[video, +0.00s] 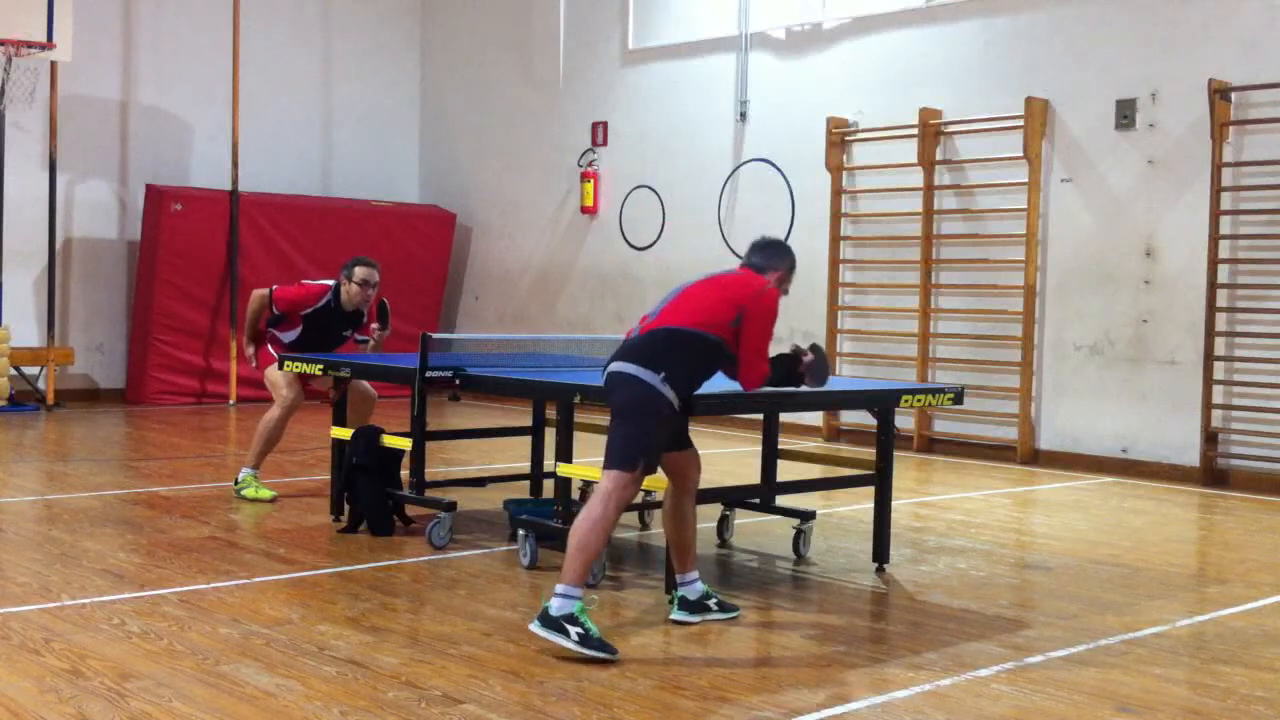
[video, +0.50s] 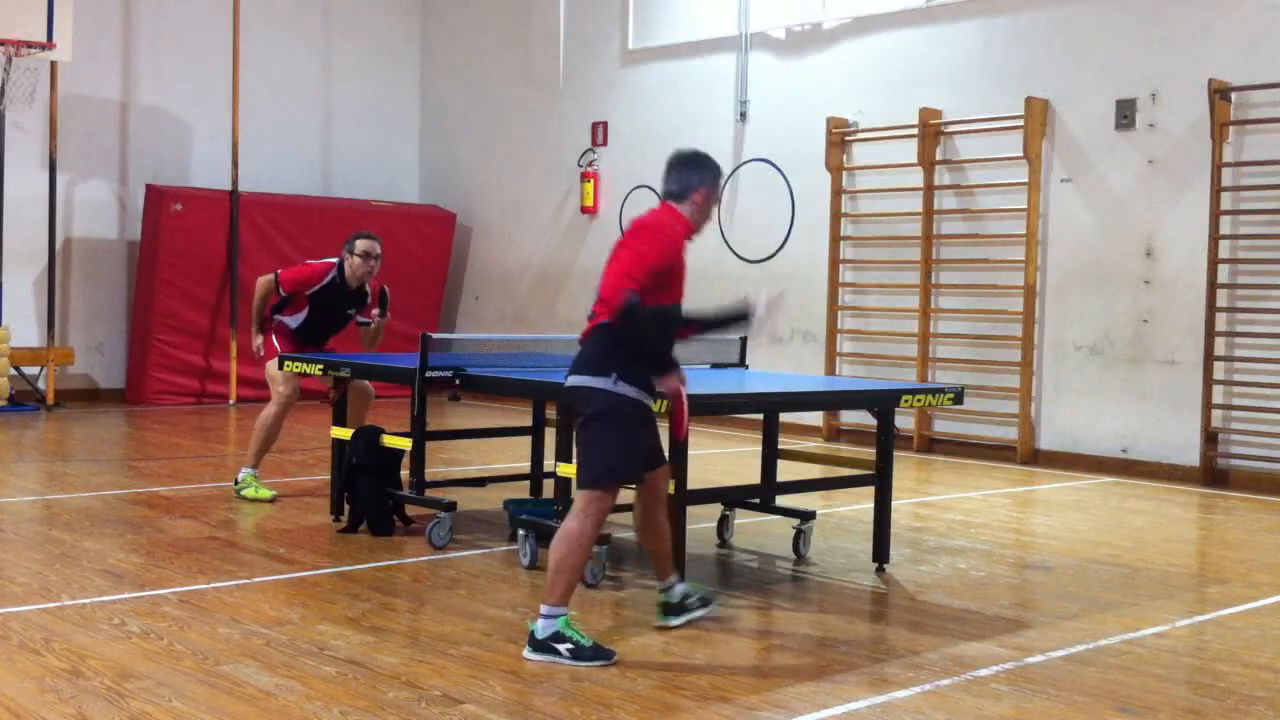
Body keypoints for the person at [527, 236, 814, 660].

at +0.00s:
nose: (783, 293)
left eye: (785, 286)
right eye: (785, 284)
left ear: (750, 264)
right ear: (777, 274)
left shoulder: (720, 284)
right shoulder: (761, 291)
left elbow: (737, 369)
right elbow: (753, 378)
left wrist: (789, 364)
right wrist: (796, 367)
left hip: (634, 372)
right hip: (650, 377)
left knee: (685, 471)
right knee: (618, 487)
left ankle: (689, 592)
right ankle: (561, 607)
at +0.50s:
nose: (715, 209)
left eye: (717, 199)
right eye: (716, 198)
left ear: (675, 190)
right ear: (702, 195)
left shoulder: (663, 232)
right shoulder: (660, 230)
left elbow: (656, 325)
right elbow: (617, 296)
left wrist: (736, 318)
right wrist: (659, 364)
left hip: (622, 387)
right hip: (605, 386)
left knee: (655, 479)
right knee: (592, 504)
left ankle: (673, 592)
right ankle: (547, 625)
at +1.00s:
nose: (735, 230)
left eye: (737, 221)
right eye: (737, 219)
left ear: (696, 202)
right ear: (724, 208)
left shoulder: (648, 235)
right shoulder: (696, 237)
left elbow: (590, 305)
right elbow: (716, 306)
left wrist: (654, 323)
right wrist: (784, 292)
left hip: (611, 387)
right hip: (620, 391)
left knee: (655, 480)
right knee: (612, 502)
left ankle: (663, 605)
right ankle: (549, 623)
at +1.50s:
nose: (741, 212)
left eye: (743, 205)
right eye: (748, 205)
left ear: (746, 211)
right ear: (788, 217)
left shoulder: (713, 257)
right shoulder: (806, 268)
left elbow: (676, 321)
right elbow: (848, 336)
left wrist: (640, 371)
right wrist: (882, 388)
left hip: (725, 404)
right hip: (788, 400)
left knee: (692, 494)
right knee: (843, 492)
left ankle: (664, 603)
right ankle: (906, 601)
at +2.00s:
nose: (817, 207)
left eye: (820, 200)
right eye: (820, 200)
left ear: (830, 203)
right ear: (870, 207)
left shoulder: (810, 250)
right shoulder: (902, 262)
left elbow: (783, 316)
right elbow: (940, 343)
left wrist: (759, 374)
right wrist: (915, 352)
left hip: (820, 412)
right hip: (885, 414)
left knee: (760, 500)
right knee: (913, 501)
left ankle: (731, 623)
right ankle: (949, 615)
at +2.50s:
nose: (956, 269)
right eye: (957, 261)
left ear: (912, 252)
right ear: (953, 261)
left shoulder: (872, 284)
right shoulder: (951, 301)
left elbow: (845, 352)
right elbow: (961, 390)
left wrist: (911, 389)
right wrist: (1007, 449)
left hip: (829, 418)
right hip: (897, 427)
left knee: (766, 517)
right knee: (932, 508)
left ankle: (709, 622)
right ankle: (951, 612)